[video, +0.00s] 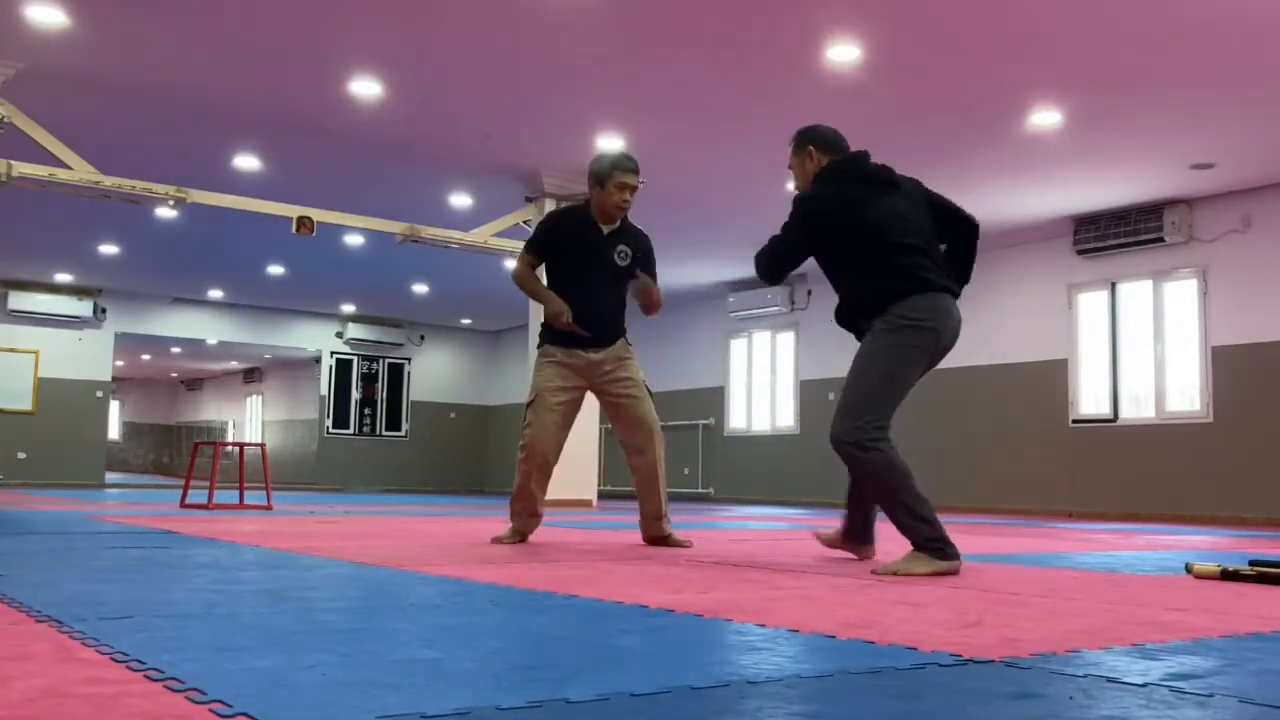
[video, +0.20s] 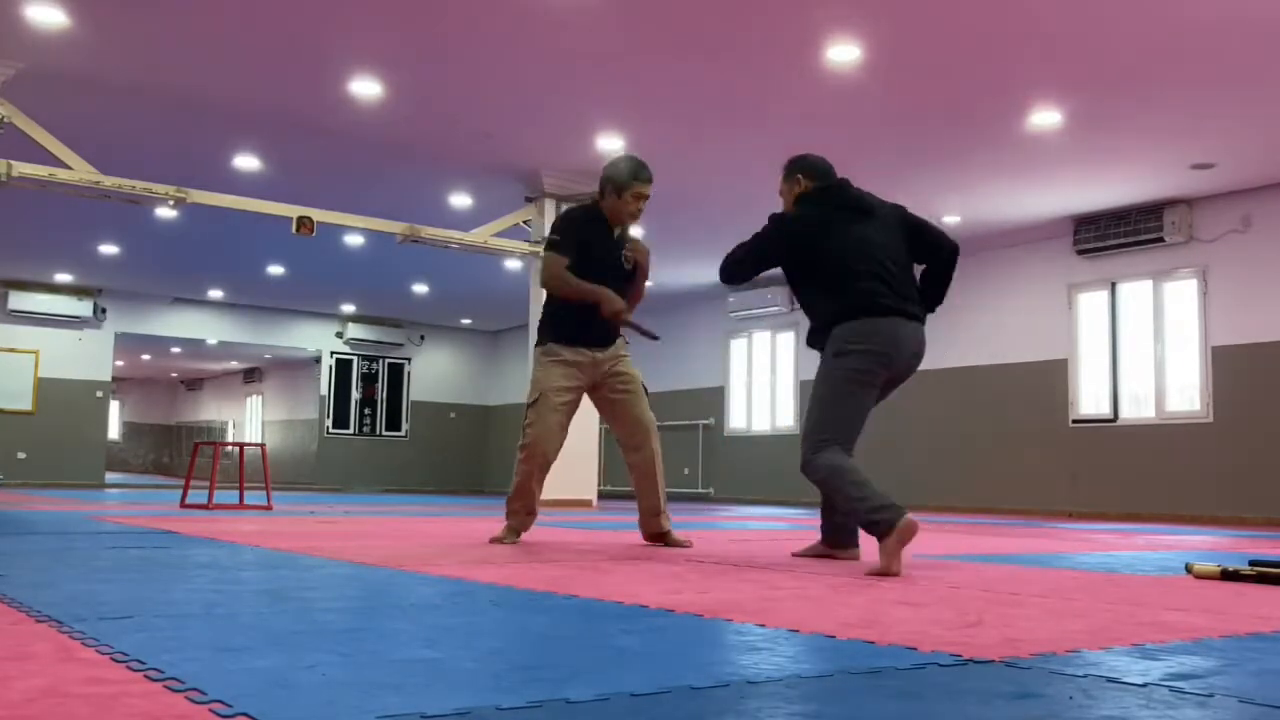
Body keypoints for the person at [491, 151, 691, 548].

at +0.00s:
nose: (628, 198)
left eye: (633, 191)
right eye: (620, 189)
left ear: (636, 193)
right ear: (596, 186)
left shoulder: (637, 241)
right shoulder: (559, 223)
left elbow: (650, 304)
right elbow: (521, 272)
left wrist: (647, 294)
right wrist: (549, 299)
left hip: (614, 355)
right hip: (560, 356)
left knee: (646, 432)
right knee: (538, 441)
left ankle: (655, 528)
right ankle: (521, 526)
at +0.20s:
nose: (642, 208)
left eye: (646, 200)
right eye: (636, 198)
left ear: (642, 199)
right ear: (609, 192)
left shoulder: (628, 242)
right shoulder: (574, 220)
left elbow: (626, 308)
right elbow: (551, 277)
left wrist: (641, 271)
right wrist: (601, 295)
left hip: (609, 356)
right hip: (560, 355)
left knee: (643, 433)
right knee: (540, 442)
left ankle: (655, 526)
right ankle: (515, 525)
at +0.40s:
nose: (637, 217)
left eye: (640, 209)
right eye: (633, 207)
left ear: (620, 205)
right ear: (607, 200)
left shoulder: (607, 243)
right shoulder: (579, 225)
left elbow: (594, 304)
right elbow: (614, 259)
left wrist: (617, 288)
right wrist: (663, 280)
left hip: (596, 359)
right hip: (550, 358)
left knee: (630, 438)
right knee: (537, 447)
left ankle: (650, 527)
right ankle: (515, 526)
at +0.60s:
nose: (636, 228)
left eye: (640, 220)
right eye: (632, 219)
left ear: (636, 217)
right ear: (606, 212)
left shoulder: (634, 255)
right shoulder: (567, 232)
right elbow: (519, 266)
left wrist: (707, 298)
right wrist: (536, 306)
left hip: (612, 364)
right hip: (561, 364)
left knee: (659, 428)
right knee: (539, 447)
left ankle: (672, 518)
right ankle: (513, 528)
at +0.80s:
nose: (701, 235)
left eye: (706, 227)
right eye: (694, 226)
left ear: (710, 225)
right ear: (670, 221)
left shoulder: (711, 266)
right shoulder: (641, 243)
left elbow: (707, 325)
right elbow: (610, 270)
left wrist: (682, 340)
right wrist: (584, 308)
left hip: (682, 375)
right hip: (626, 373)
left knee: (729, 441)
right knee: (581, 444)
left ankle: (763, 529)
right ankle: (525, 522)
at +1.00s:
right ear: (734, 216)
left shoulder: (768, 253)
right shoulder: (710, 240)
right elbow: (655, 264)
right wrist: (659, 318)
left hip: (733, 360)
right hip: (682, 360)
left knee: (755, 442)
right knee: (651, 445)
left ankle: (779, 527)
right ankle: (620, 519)